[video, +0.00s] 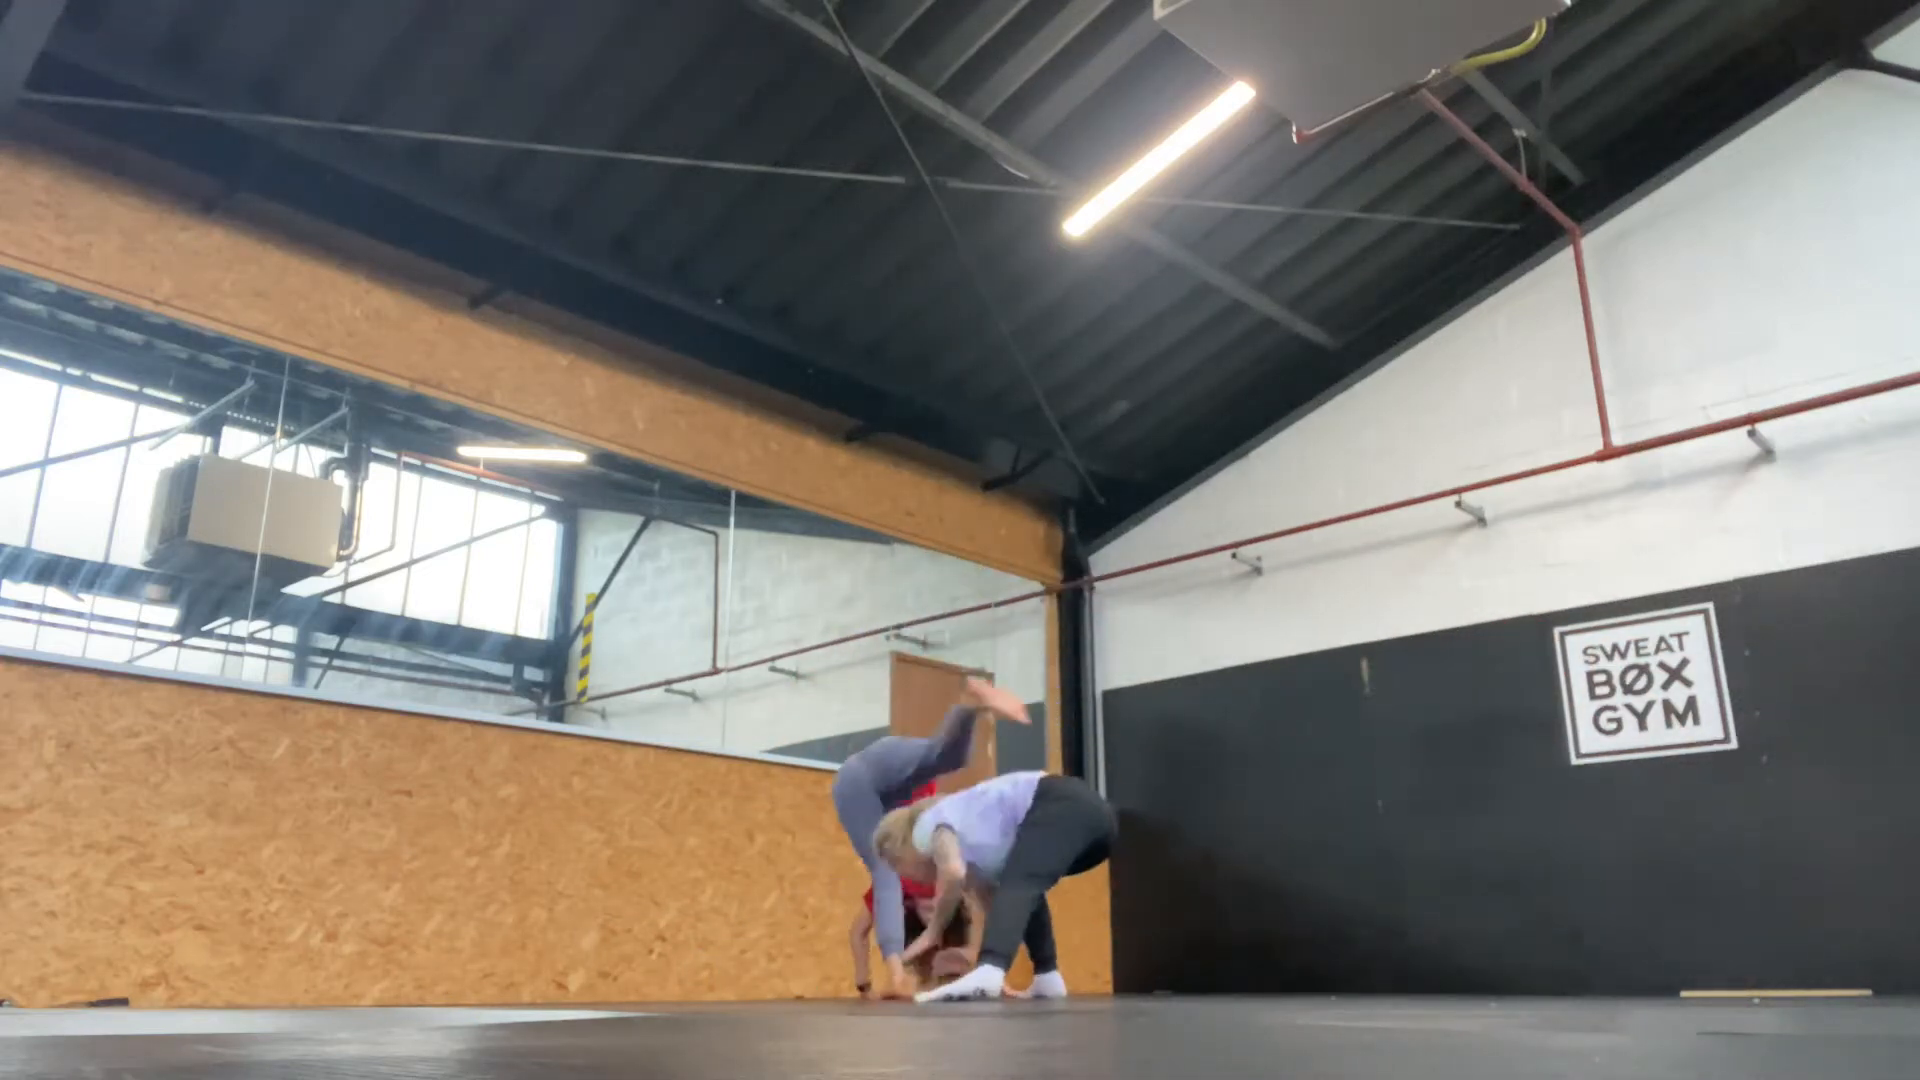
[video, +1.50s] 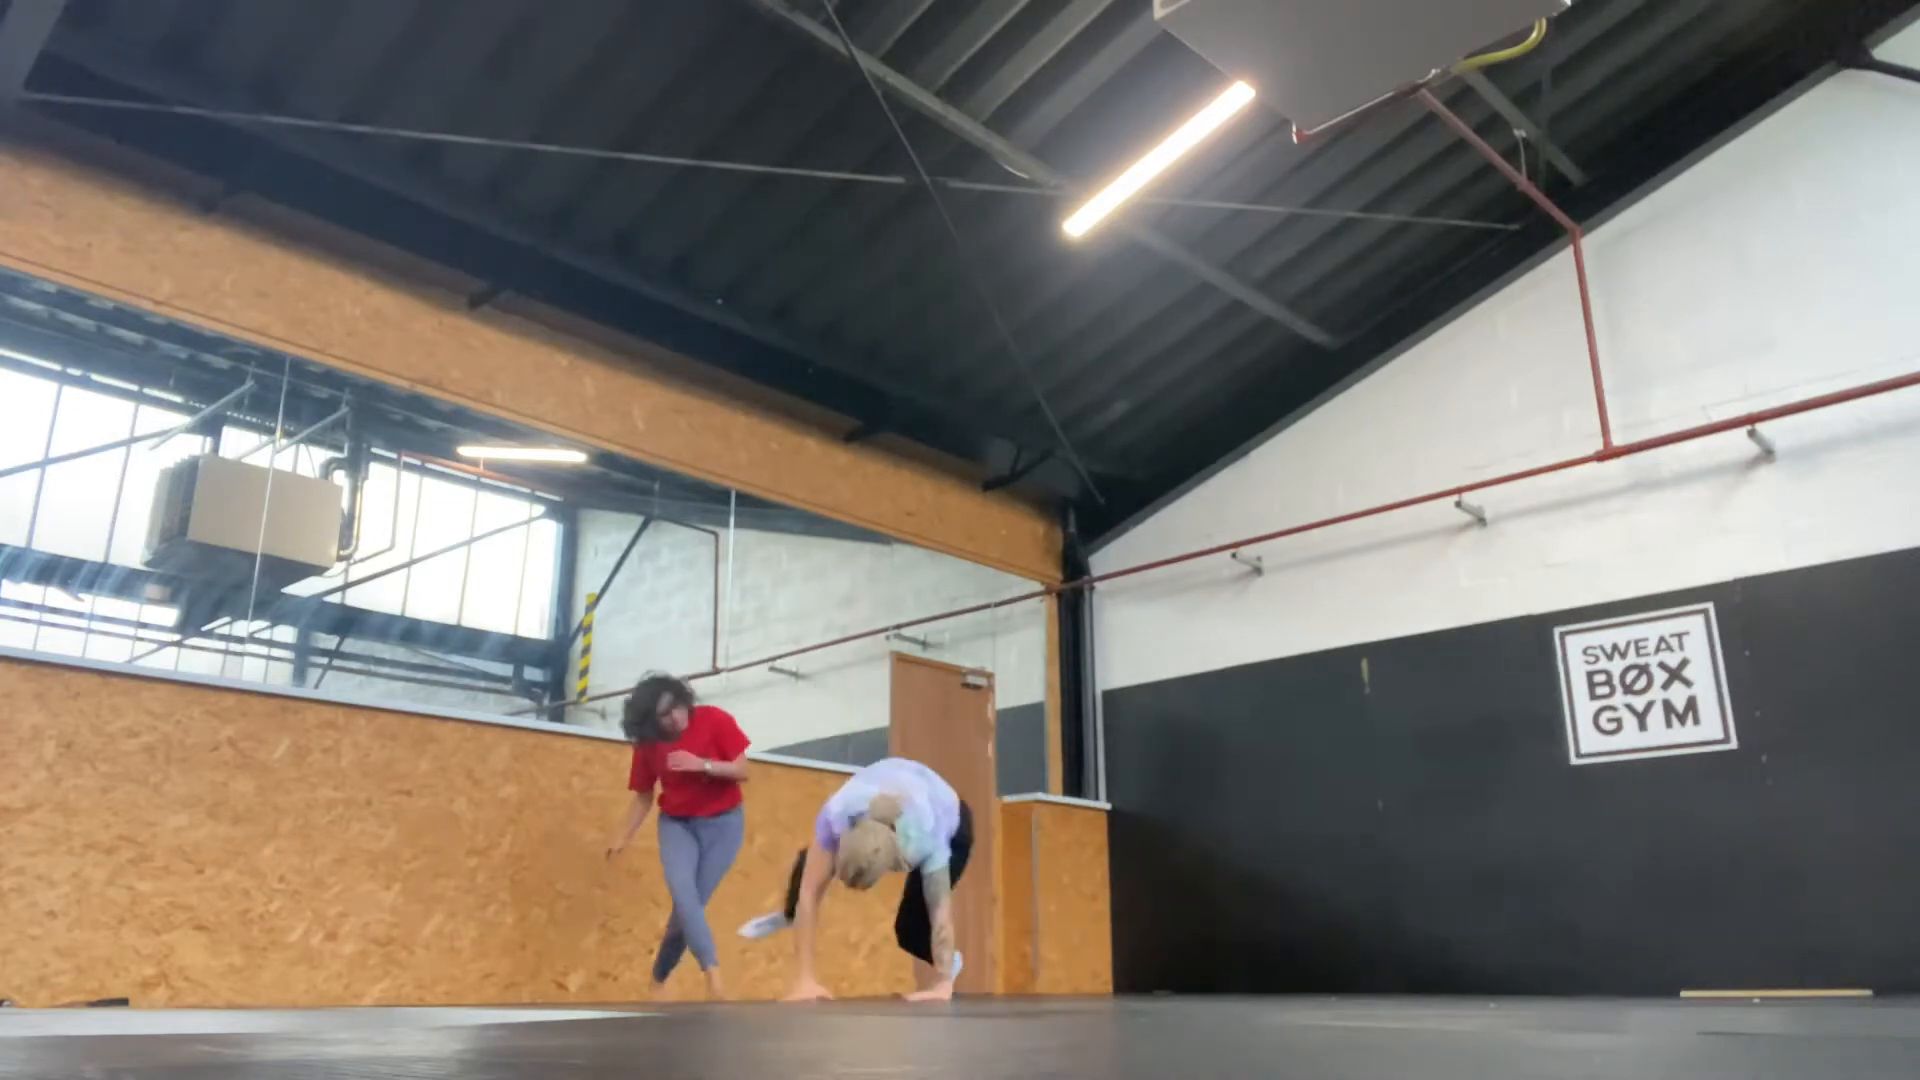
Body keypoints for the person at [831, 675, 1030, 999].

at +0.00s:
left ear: (914, 918)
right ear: (941, 912)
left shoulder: (894, 883)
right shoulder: (952, 878)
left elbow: (857, 932)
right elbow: (981, 908)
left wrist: (860, 983)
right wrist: (974, 964)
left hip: (849, 775)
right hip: (888, 752)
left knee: (884, 872)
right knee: (950, 757)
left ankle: (898, 977)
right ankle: (971, 704)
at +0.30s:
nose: (927, 924)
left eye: (936, 928)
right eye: (938, 925)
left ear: (940, 907)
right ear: (951, 905)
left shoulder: (918, 888)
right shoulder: (963, 867)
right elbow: (986, 926)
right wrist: (992, 981)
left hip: (868, 814)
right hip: (886, 772)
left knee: (902, 883)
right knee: (808, 796)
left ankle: (868, 980)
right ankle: (707, 796)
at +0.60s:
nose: (945, 894)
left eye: (956, 892)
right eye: (958, 889)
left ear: (960, 864)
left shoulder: (916, 842)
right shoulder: (955, 821)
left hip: (848, 814)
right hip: (822, 785)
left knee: (870, 883)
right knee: (764, 889)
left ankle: (862, 979)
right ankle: (690, 925)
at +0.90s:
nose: (932, 785)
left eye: (928, 774)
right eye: (927, 776)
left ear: (939, 769)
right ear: (967, 753)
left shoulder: (959, 810)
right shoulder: (1014, 781)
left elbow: (956, 898)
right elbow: (1053, 821)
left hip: (1018, 937)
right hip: (1068, 922)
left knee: (952, 934)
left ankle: (911, 981)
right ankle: (1041, 976)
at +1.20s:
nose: (864, 794)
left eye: (862, 788)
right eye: (856, 790)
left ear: (875, 773)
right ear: (879, 752)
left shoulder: (919, 814)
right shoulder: (908, 742)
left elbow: (941, 900)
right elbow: (846, 696)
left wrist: (942, 982)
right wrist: (799, 677)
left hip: (994, 893)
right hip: (1028, 862)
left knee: (925, 908)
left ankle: (966, 983)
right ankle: (1031, 947)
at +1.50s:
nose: (851, 887)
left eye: (862, 883)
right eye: (846, 879)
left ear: (888, 861)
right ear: (842, 846)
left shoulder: (926, 840)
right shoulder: (833, 818)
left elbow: (941, 913)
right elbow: (809, 895)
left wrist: (943, 981)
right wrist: (805, 978)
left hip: (947, 822)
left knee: (912, 929)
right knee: (809, 860)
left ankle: (946, 965)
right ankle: (789, 915)